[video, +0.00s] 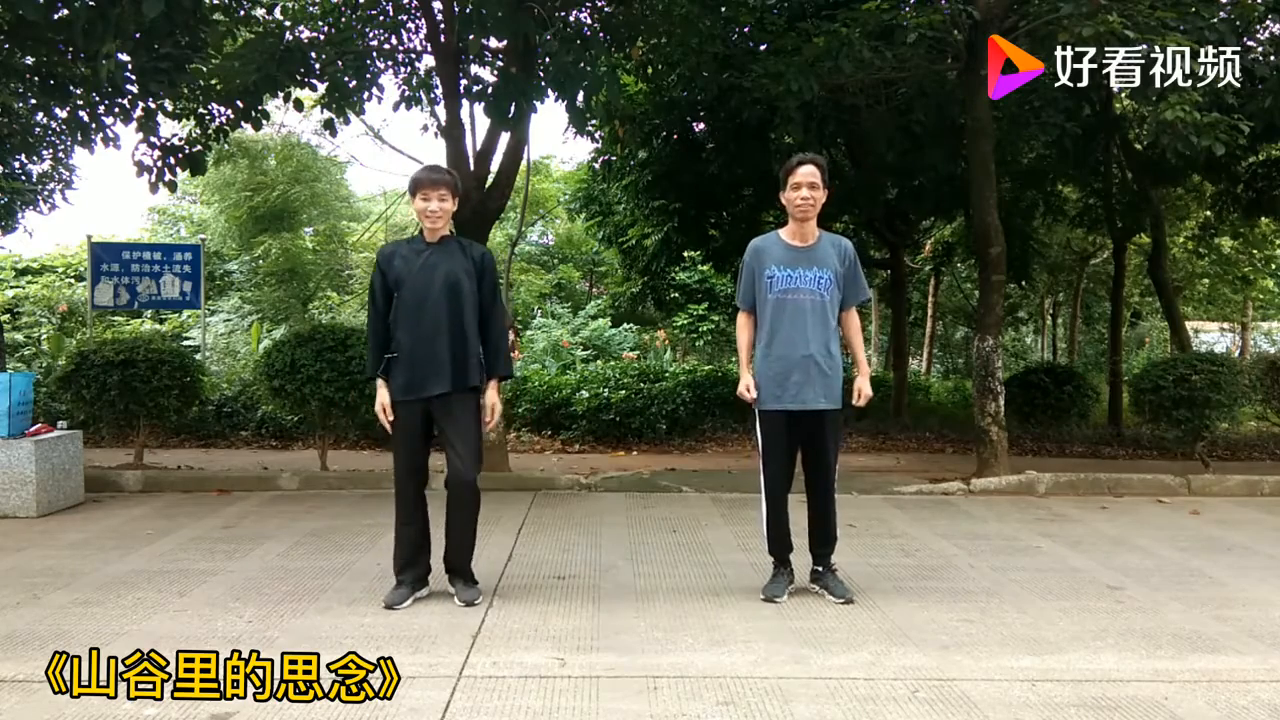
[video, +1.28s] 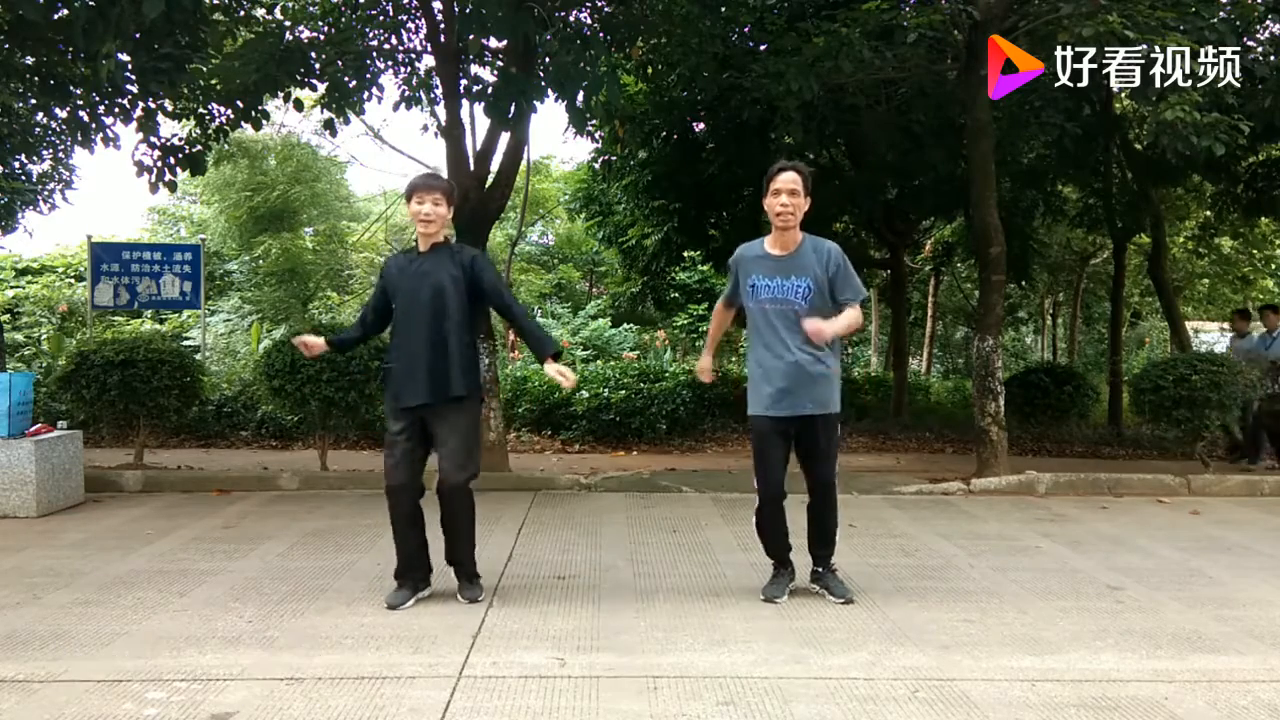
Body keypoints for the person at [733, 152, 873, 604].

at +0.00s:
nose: (804, 195)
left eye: (813, 187)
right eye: (796, 187)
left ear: (824, 195)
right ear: (783, 196)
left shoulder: (841, 250)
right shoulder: (759, 250)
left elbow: (849, 312)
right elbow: (745, 313)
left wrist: (863, 368)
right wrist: (744, 368)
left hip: (825, 387)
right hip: (773, 387)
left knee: (822, 484)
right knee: (775, 485)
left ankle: (822, 568)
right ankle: (781, 568)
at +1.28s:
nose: (785, 202)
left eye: (794, 194)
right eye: (777, 194)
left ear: (806, 203)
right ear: (765, 202)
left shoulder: (828, 254)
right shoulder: (745, 258)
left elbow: (855, 313)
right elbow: (727, 305)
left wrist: (830, 327)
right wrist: (707, 352)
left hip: (819, 393)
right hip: (766, 394)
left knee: (824, 487)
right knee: (769, 490)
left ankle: (823, 568)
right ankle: (781, 567)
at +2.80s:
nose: (750, 181)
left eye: (759, 173)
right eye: (743, 173)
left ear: (778, 180)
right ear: (735, 182)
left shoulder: (800, 237)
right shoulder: (719, 240)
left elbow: (811, 307)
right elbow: (711, 308)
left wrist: (817, 366)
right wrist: (712, 365)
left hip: (787, 370)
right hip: (734, 372)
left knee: (782, 458)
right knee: (748, 476)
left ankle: (808, 504)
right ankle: (763, 568)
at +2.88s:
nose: (745, 192)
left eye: (754, 184)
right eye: (739, 184)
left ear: (775, 190)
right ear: (731, 192)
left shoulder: (797, 246)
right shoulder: (716, 249)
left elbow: (809, 313)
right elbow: (707, 314)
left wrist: (821, 373)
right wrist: (705, 366)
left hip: (782, 369)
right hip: (730, 372)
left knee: (766, 451)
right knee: (744, 477)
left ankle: (806, 479)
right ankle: (768, 565)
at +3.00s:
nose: (734, 192)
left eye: (743, 184)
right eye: (728, 184)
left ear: (763, 191)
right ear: (720, 192)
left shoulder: (788, 246)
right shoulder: (704, 250)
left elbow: (808, 313)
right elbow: (694, 315)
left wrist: (817, 373)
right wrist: (695, 367)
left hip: (774, 367)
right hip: (724, 375)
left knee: (739, 430)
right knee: (738, 475)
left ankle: (773, 494)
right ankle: (771, 567)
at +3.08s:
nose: (726, 186)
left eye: (735, 178)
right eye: (720, 179)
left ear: (756, 184)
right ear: (713, 186)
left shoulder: (781, 241)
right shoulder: (696, 243)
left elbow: (800, 304)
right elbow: (689, 308)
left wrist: (811, 363)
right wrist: (693, 358)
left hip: (768, 363)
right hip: (718, 370)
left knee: (736, 436)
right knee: (740, 465)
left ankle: (747, 527)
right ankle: (776, 562)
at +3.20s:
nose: (713, 207)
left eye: (722, 198)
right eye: (707, 199)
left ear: (743, 204)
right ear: (699, 206)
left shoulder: (769, 261)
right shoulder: (685, 262)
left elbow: (787, 325)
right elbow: (682, 327)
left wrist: (797, 385)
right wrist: (686, 377)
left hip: (754, 395)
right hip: (706, 396)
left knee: (726, 480)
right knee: (743, 484)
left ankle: (711, 579)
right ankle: (789, 557)